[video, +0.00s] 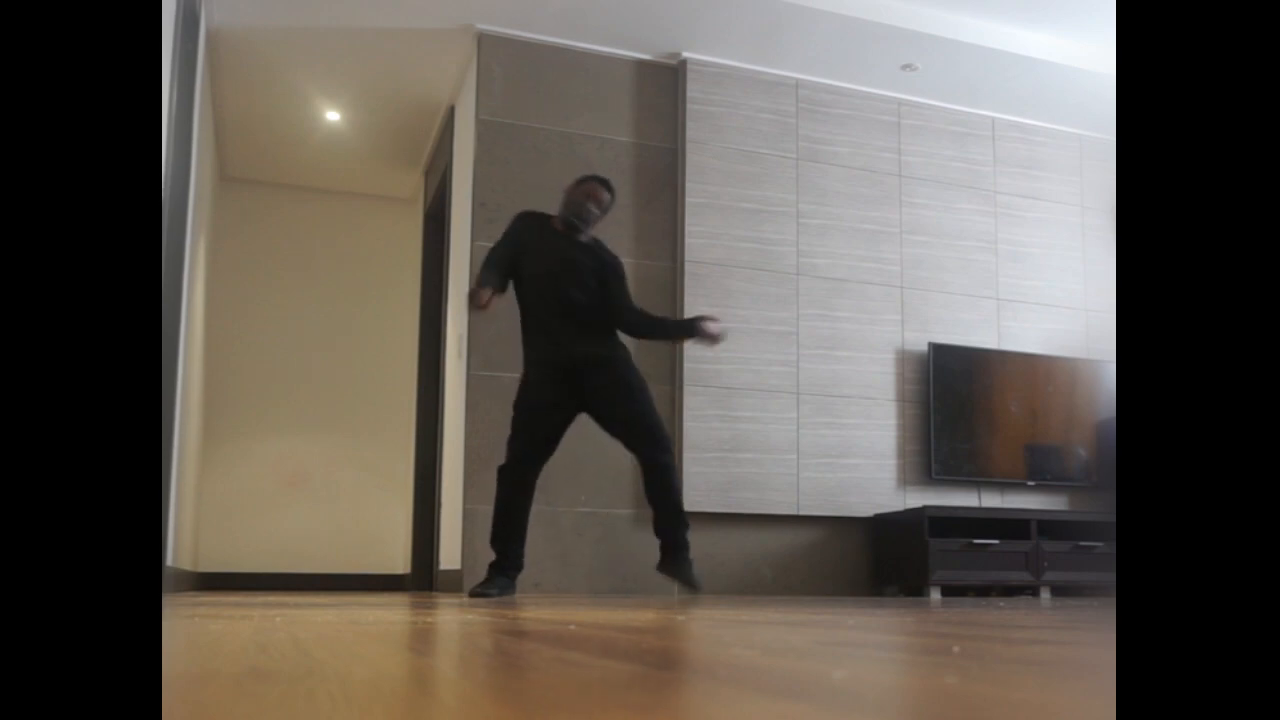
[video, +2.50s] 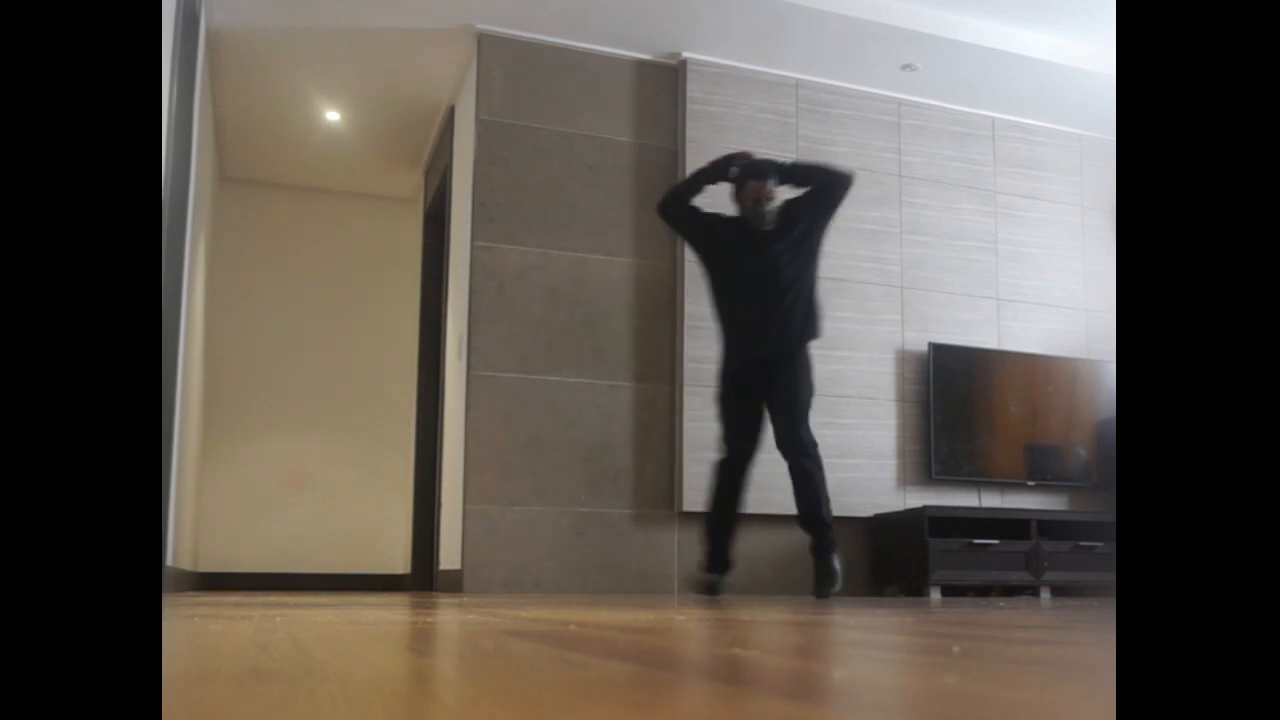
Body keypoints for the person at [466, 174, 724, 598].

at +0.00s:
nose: (590, 208)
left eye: (599, 207)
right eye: (586, 198)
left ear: (603, 219)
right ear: (566, 194)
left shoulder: (603, 263)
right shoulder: (528, 228)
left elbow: (629, 320)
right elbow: (501, 261)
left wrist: (689, 328)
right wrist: (487, 285)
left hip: (607, 377)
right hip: (548, 378)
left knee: (656, 450)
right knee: (518, 467)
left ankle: (675, 555)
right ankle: (503, 571)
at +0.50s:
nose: (614, 191)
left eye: (620, 184)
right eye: (606, 187)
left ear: (637, 188)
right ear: (598, 197)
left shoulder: (669, 243)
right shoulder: (586, 243)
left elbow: (717, 297)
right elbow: (545, 280)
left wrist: (786, 323)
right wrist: (515, 306)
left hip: (654, 368)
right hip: (598, 363)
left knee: (663, 468)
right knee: (548, 442)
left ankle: (664, 571)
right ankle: (544, 555)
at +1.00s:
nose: (606, 193)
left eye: (617, 186)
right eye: (605, 186)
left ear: (644, 192)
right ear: (605, 193)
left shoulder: (674, 243)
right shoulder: (583, 245)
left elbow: (701, 312)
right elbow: (520, 260)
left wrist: (739, 360)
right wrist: (476, 282)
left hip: (662, 378)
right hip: (607, 378)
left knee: (668, 474)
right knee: (591, 466)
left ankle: (665, 571)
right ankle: (567, 570)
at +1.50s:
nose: (620, 193)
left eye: (629, 189)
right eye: (614, 185)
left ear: (640, 198)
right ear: (601, 187)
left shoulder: (655, 233)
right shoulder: (575, 238)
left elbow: (693, 288)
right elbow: (541, 287)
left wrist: (734, 341)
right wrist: (485, 305)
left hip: (649, 374)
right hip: (595, 375)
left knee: (660, 458)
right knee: (582, 466)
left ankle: (701, 562)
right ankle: (553, 574)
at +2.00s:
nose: (700, 205)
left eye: (706, 198)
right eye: (692, 196)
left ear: (711, 201)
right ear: (672, 195)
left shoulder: (718, 247)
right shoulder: (637, 238)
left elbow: (767, 281)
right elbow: (603, 295)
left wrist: (801, 242)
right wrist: (562, 335)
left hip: (685, 369)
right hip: (636, 368)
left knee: (689, 456)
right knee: (636, 459)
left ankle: (725, 563)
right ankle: (613, 565)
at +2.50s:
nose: (758, 195)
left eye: (764, 187)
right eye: (749, 189)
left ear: (775, 190)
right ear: (735, 195)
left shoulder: (800, 222)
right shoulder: (716, 233)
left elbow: (838, 181)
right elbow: (670, 207)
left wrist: (777, 170)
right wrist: (711, 172)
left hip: (790, 360)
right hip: (741, 362)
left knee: (798, 449)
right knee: (736, 456)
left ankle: (824, 553)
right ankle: (715, 565)